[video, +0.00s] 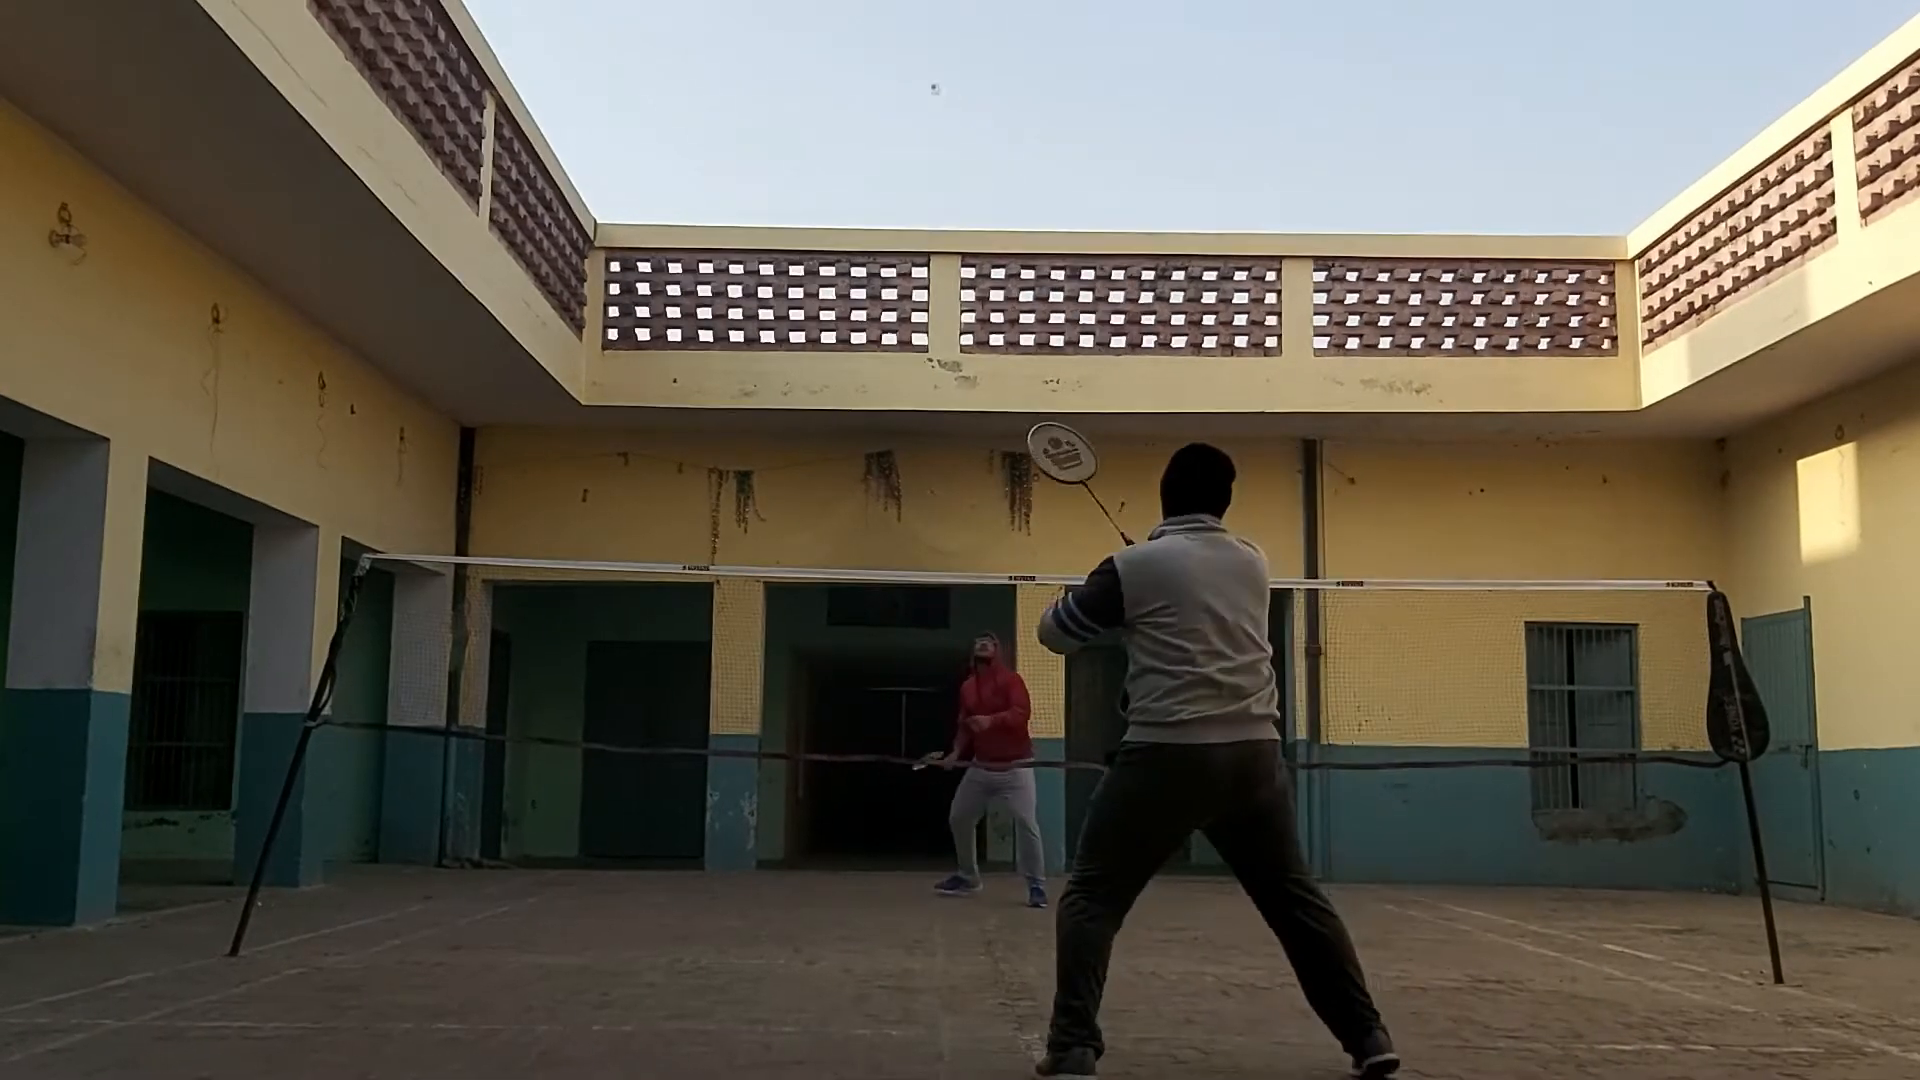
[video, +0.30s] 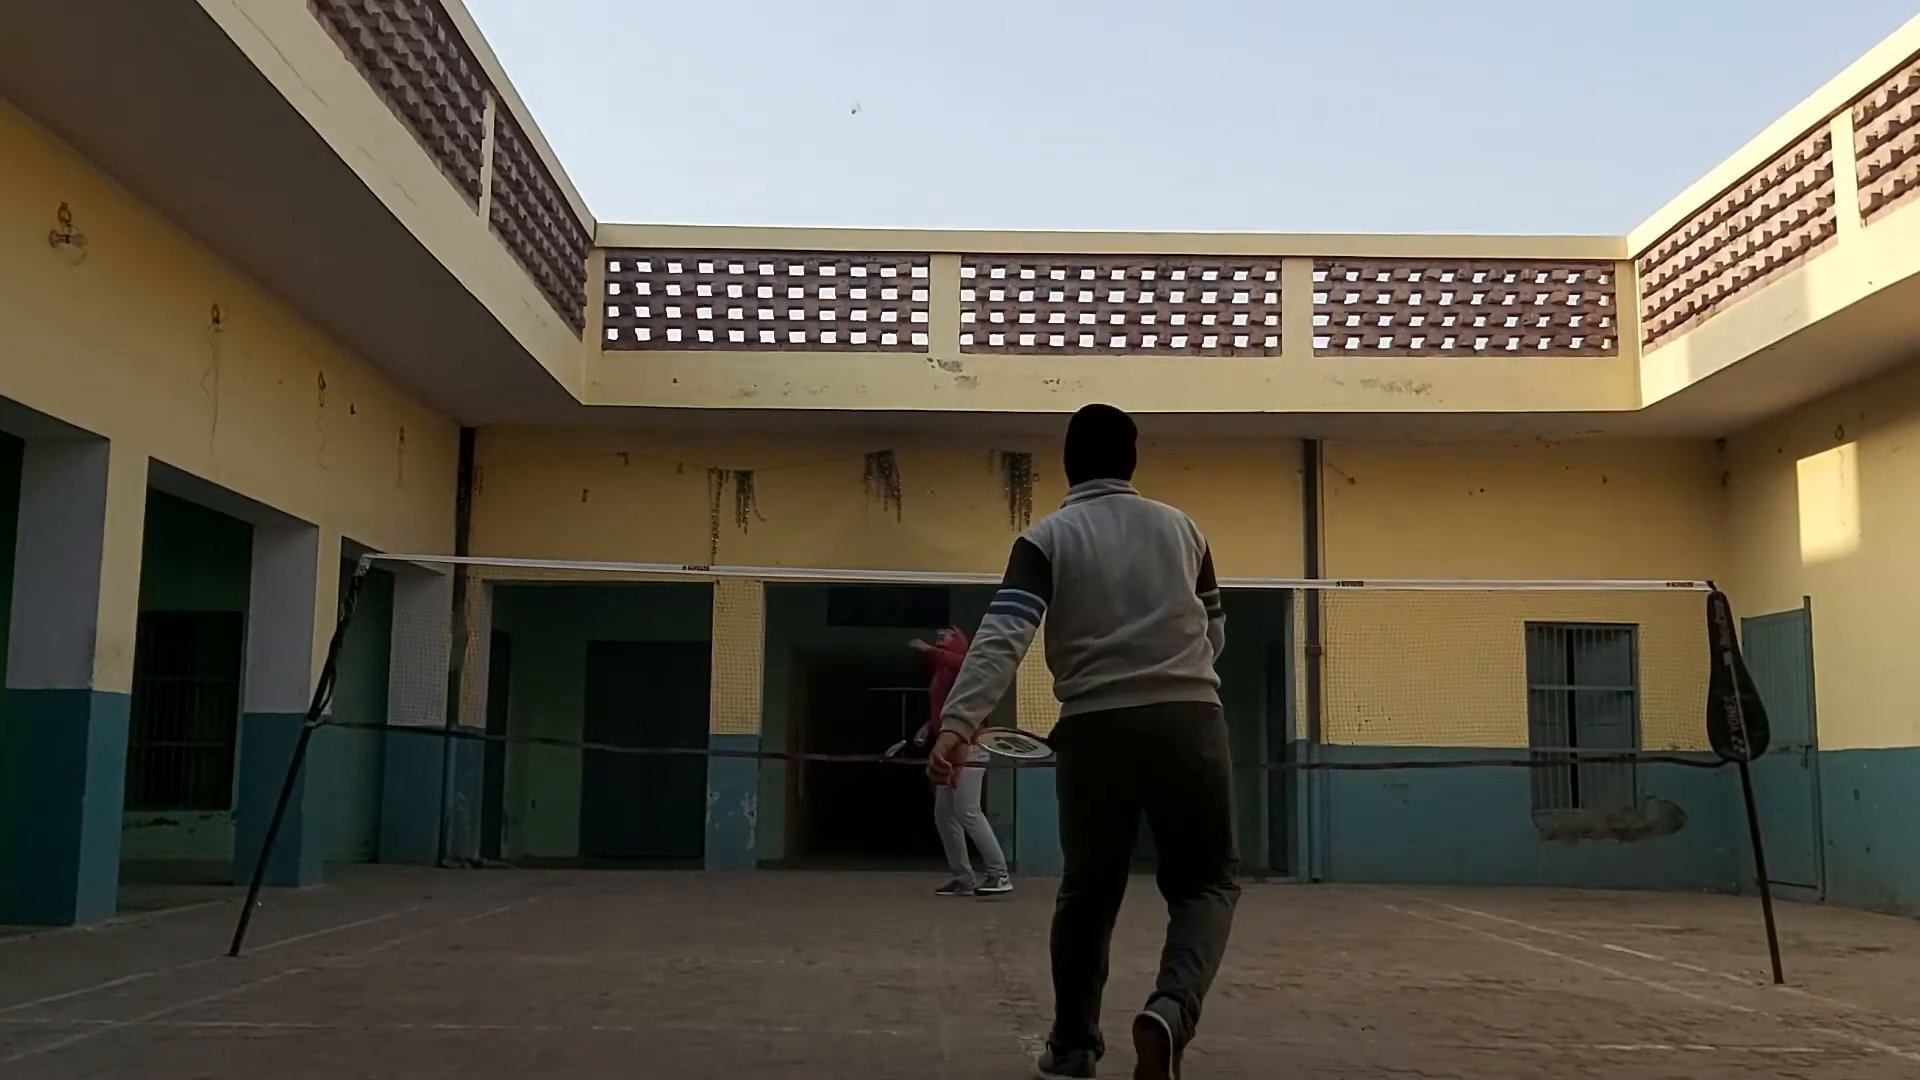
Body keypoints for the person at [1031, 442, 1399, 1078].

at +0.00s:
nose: (1164, 502)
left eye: (1165, 492)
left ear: (1164, 498)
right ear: (1226, 502)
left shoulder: (1136, 566)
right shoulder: (1253, 562)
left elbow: (1056, 630)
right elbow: (1197, 600)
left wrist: (1090, 589)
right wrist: (1149, 559)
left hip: (1162, 757)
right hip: (1253, 756)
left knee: (1093, 896)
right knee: (1293, 893)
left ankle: (1072, 1047)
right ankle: (1368, 1039)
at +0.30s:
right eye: (1123, 455)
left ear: (1066, 465)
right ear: (1133, 463)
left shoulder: (1046, 538)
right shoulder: (1181, 528)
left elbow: (1003, 634)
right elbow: (1214, 630)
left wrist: (959, 720)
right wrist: (1174, 675)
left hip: (1094, 730)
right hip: (1189, 724)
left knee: (1090, 885)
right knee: (1205, 881)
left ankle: (1073, 1046)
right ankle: (1169, 1010)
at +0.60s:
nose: (1040, 458)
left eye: (1041, 449)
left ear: (1043, 453)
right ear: (1110, 457)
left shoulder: (1027, 505)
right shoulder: (1161, 528)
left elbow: (1020, 585)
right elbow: (1201, 633)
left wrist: (1006, 671)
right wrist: (1172, 716)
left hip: (1038, 709)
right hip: (1134, 717)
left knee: (994, 882)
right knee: (1127, 906)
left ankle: (997, 1052)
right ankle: (1121, 1066)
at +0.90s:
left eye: (971, 458)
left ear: (968, 461)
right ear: (1039, 463)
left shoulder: (925, 527)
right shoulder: (1086, 537)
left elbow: (861, 639)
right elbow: (1135, 640)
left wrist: (825, 732)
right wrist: (1116, 736)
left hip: (942, 726)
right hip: (1055, 734)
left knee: (886, 907)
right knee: (1077, 901)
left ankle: (839, 1068)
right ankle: (1111, 1065)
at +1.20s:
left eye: (929, 440)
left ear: (921, 448)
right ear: (996, 450)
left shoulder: (866, 520)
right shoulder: (1035, 522)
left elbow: (810, 627)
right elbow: (1082, 637)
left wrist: (885, 655)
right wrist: (1082, 676)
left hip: (869, 731)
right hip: (985, 737)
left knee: (789, 903)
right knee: (1054, 919)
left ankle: (749, 1065)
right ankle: (1070, 1072)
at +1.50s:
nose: (860, 451)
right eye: (858, 440)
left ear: (786, 459)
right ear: (861, 452)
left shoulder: (746, 554)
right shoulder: (901, 511)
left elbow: (722, 643)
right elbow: (1009, 498)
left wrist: (786, 591)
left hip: (800, 773)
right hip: (920, 759)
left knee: (732, 950)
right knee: (1009, 929)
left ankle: (671, 1074)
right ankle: (1067, 1070)